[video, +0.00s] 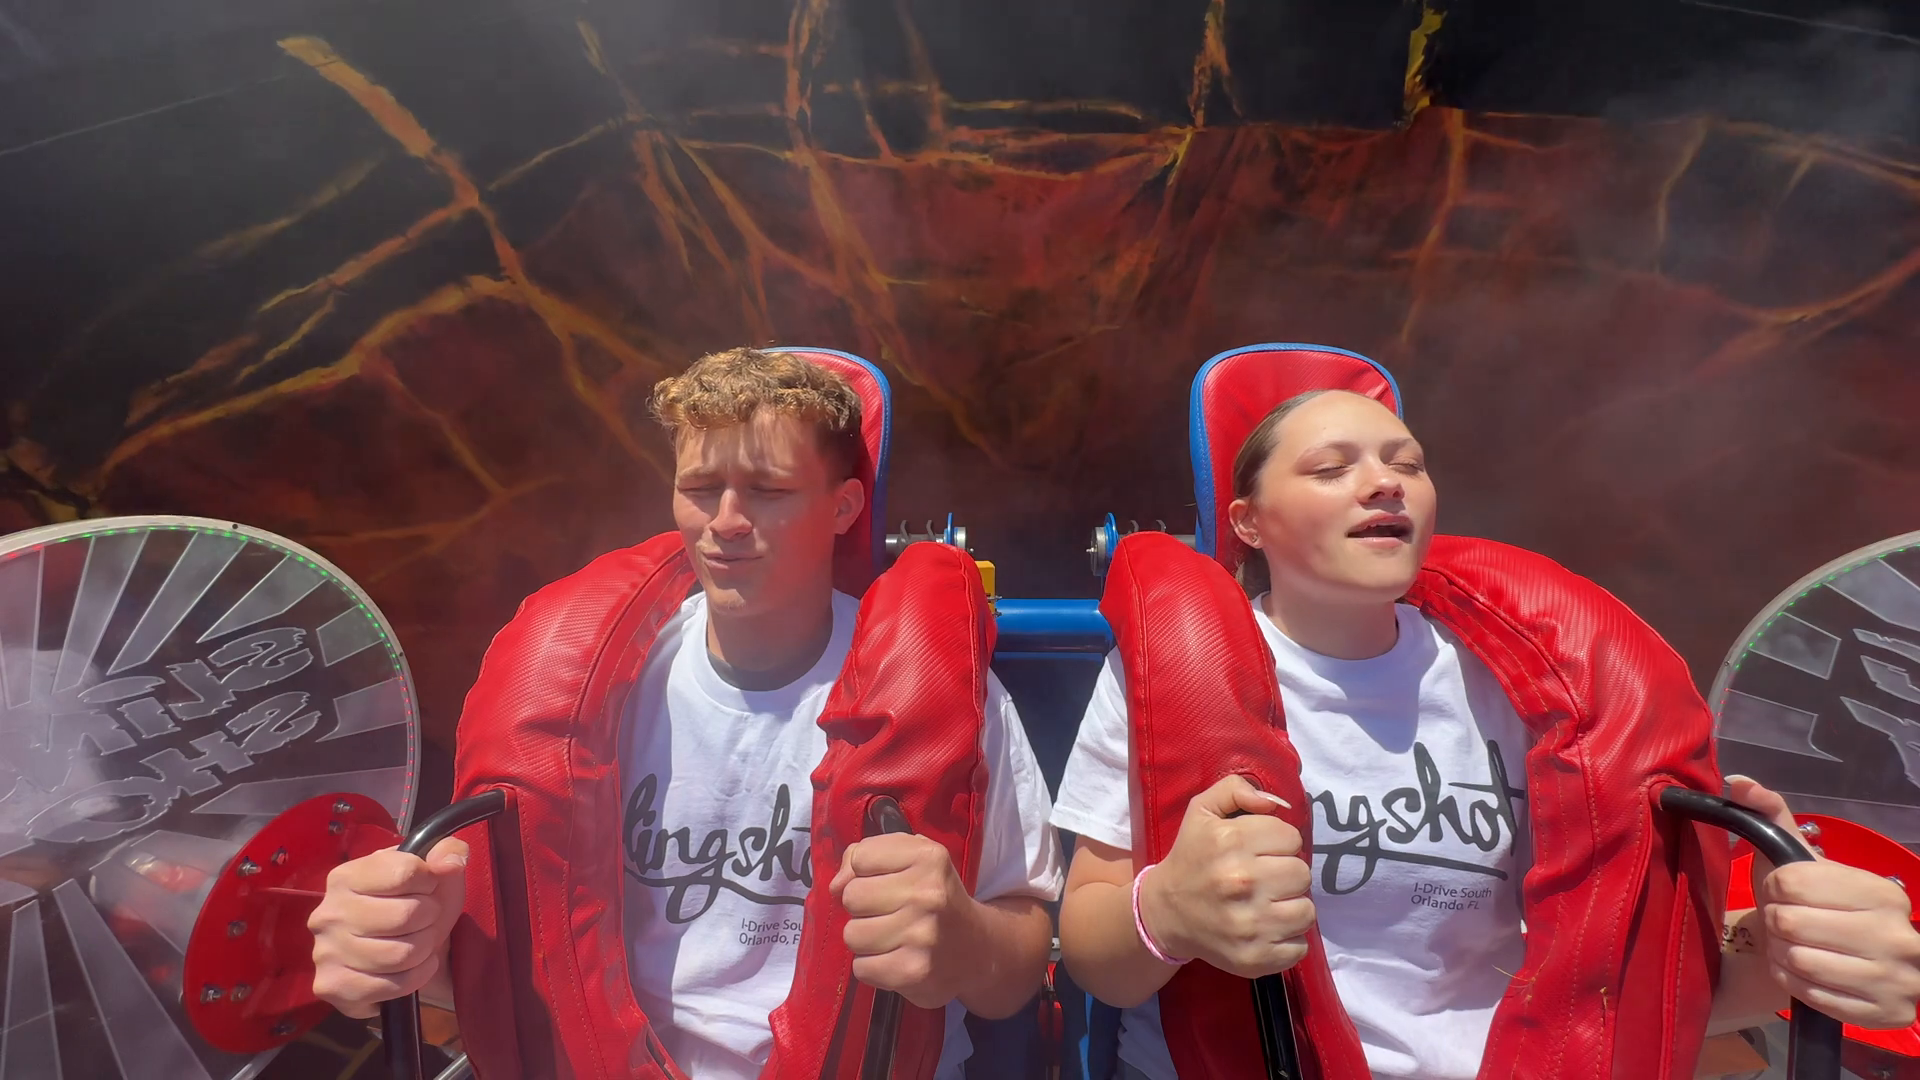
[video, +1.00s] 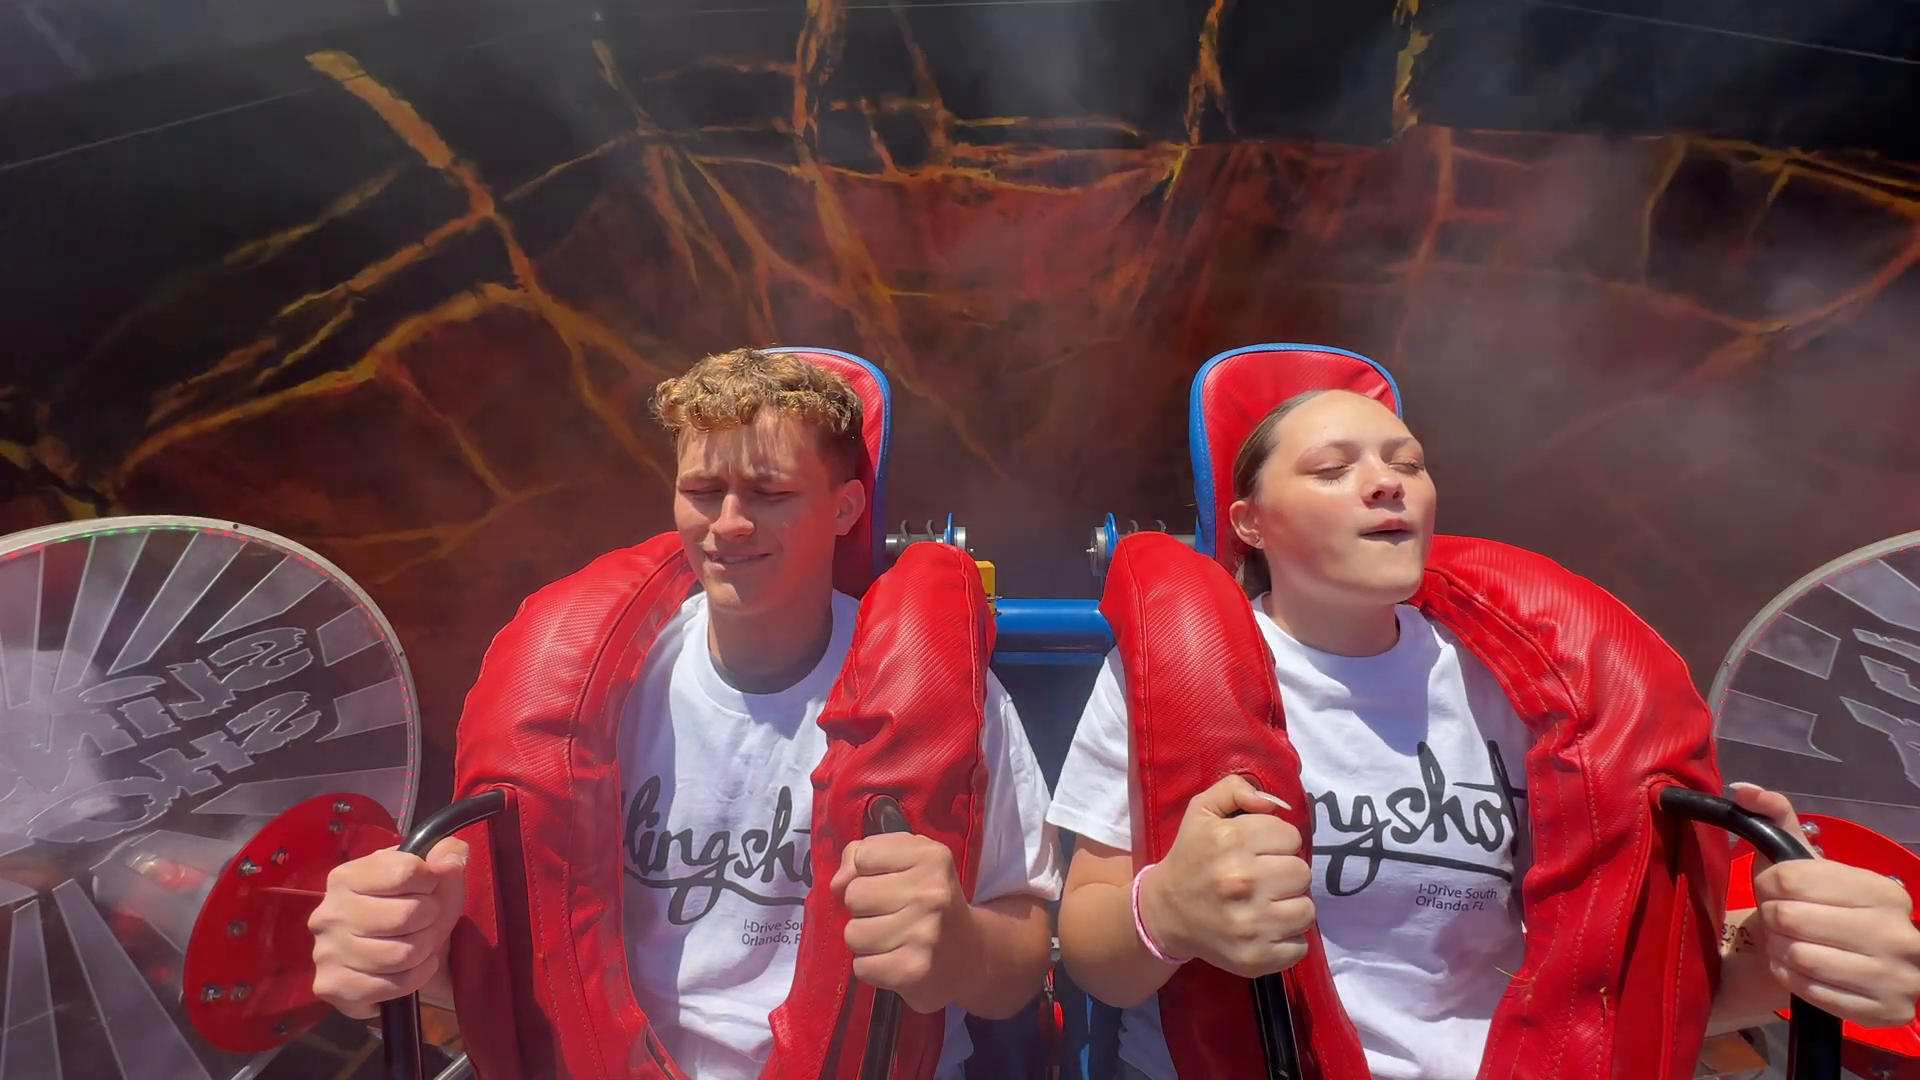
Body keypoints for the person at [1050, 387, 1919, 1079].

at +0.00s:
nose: (1383, 481)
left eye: (1401, 458)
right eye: (1330, 464)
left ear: (1432, 493)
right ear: (1245, 521)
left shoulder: (1529, 666)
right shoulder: (1175, 668)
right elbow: (1088, 953)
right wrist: (1162, 912)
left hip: (1507, 1067)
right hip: (1288, 1064)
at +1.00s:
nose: (1386, 481)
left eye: (1402, 457)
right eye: (1330, 466)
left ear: (1432, 491)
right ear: (1245, 522)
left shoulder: (1529, 666)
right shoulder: (1173, 667)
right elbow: (1086, 955)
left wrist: (1748, 927)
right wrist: (1161, 911)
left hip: (1508, 1068)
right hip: (1287, 1066)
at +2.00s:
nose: (1384, 481)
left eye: (1401, 457)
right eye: (1330, 468)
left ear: (1434, 488)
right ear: (1246, 523)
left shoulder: (1520, 664)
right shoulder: (1175, 664)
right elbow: (1089, 954)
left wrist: (1717, 857)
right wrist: (1162, 911)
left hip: (1508, 1065)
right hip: (1294, 1065)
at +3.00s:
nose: (1373, 491)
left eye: (1393, 463)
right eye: (1321, 473)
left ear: (1427, 490)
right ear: (1242, 525)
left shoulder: (1533, 655)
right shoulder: (1171, 663)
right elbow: (1087, 957)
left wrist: (1754, 897)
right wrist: (1160, 913)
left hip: (1515, 1055)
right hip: (1289, 1057)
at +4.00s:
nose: (1379, 468)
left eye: (1395, 445)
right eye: (1325, 455)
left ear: (1431, 480)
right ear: (1244, 518)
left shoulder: (1530, 662)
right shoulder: (1173, 663)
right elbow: (1088, 953)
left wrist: (1767, 904)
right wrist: (1158, 914)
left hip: (1506, 1067)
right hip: (1281, 1066)